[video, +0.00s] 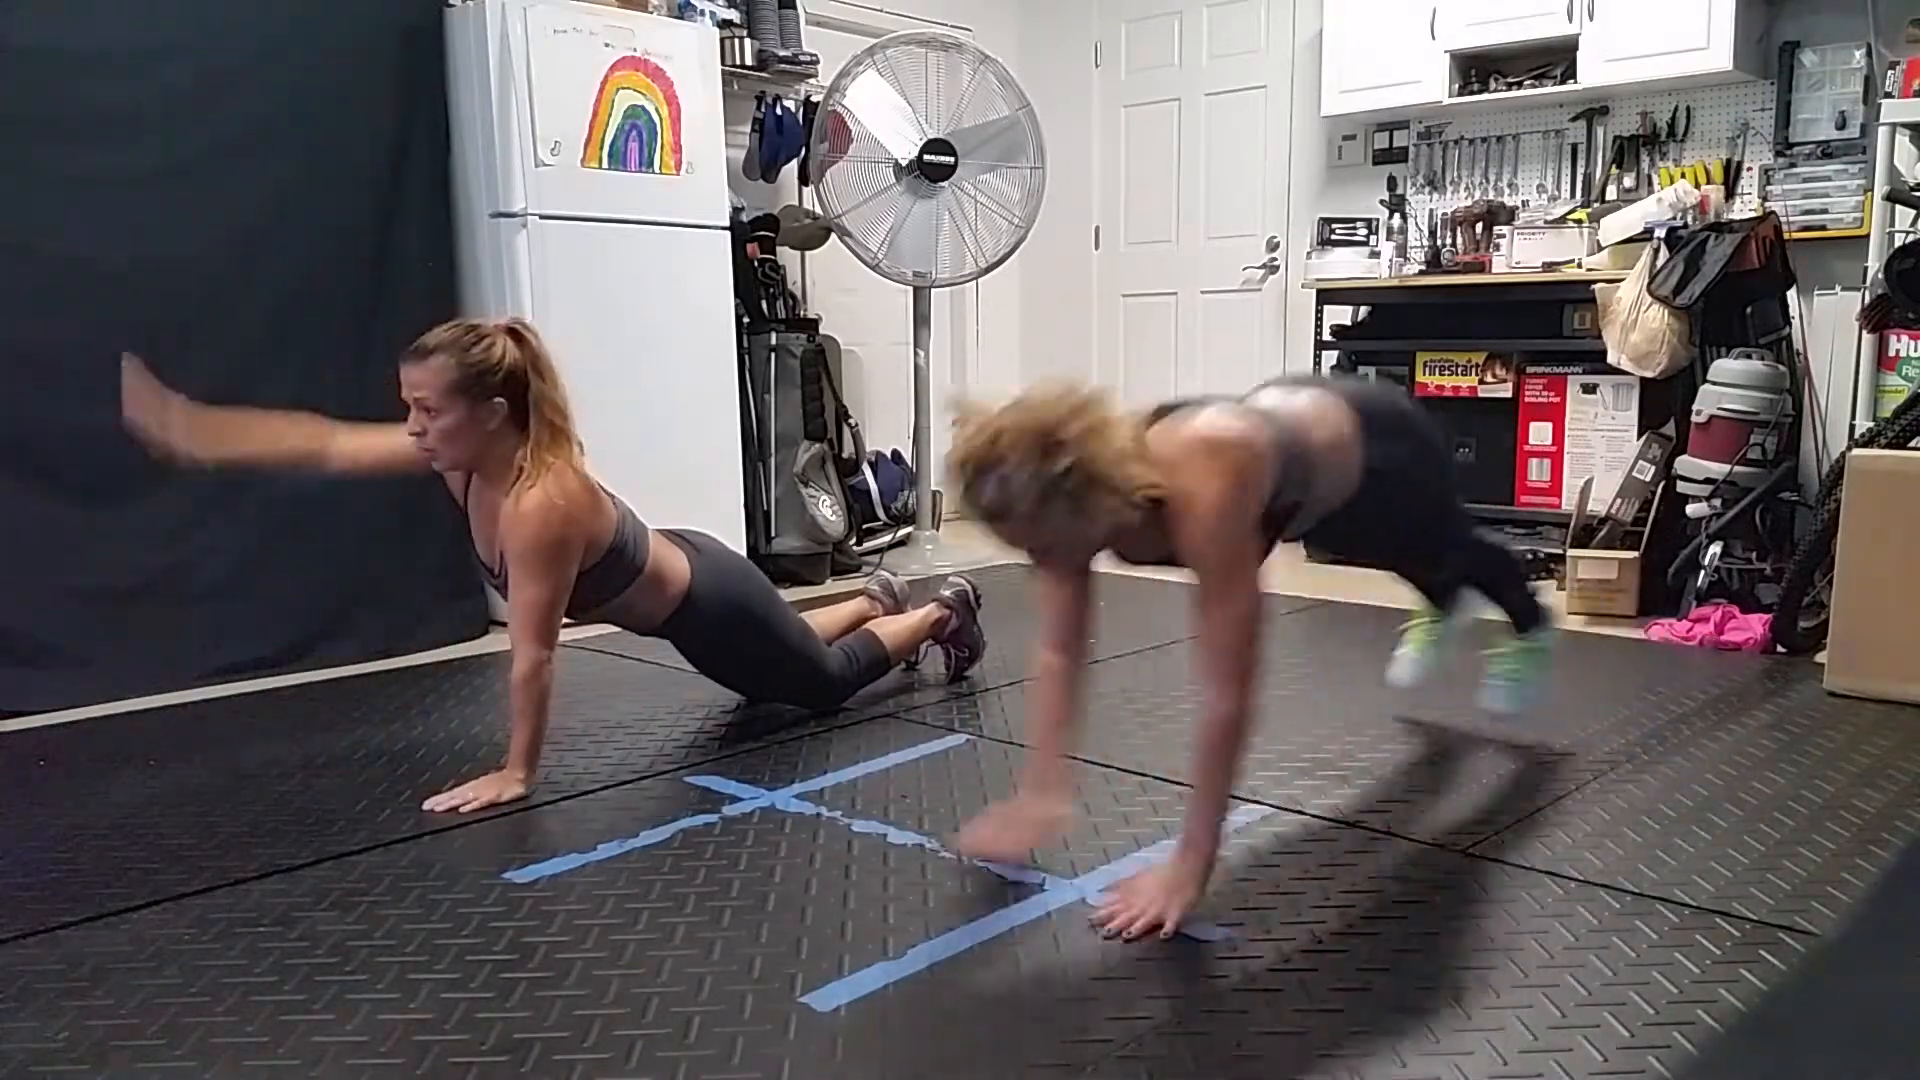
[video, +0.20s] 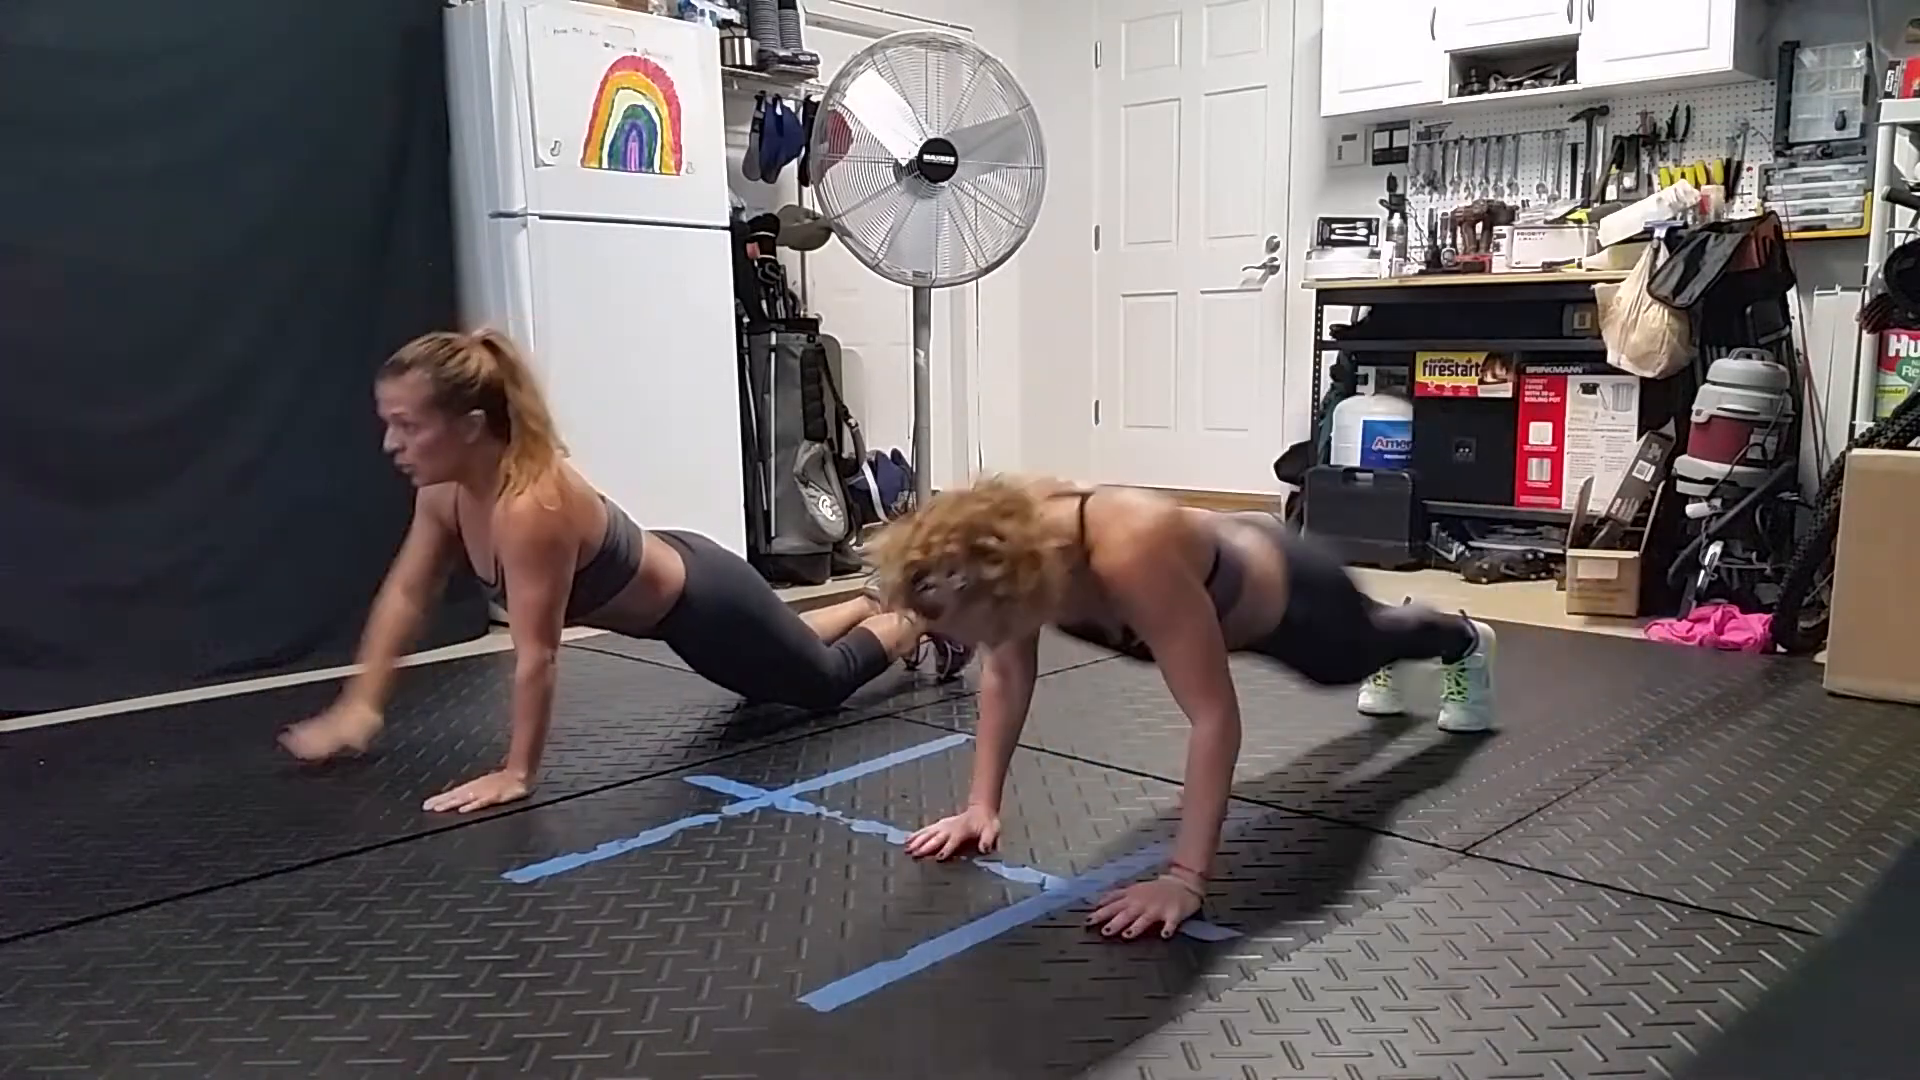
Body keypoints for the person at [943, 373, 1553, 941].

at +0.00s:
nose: (1039, 563)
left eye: (1043, 544)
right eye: (1027, 550)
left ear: (1087, 506)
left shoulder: (1212, 475)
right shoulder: (1067, 505)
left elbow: (1228, 693)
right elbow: (1059, 652)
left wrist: (1189, 866)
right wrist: (1043, 788)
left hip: (1378, 442)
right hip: (1296, 460)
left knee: (1453, 546)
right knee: (1387, 550)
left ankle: (1533, 620)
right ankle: (1445, 602)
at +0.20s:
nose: (973, 653)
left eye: (972, 637)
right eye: (958, 645)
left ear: (1003, 581)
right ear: (986, 575)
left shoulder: (1133, 549)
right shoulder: (1008, 558)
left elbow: (1215, 716)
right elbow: (1005, 672)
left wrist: (1184, 876)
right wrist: (981, 806)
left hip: (1294, 594)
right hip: (1224, 585)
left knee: (1376, 636)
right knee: (1327, 642)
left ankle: (1463, 637)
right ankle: (1388, 661)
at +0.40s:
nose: (934, 723)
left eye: (930, 708)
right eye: (918, 713)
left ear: (970, 672)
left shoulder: (1091, 632)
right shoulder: (981, 601)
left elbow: (1231, 729)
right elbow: (995, 692)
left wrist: (1187, 875)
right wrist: (981, 801)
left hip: (1259, 636)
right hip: (1187, 596)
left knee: (1368, 646)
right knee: (1308, 615)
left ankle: (1455, 631)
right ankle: (1393, 613)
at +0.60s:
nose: (934, 854)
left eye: (941, 839)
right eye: (920, 844)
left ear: (971, 786)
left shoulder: (1076, 733)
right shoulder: (961, 673)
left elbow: (1246, 734)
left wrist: (1187, 881)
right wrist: (981, 793)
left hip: (1249, 675)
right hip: (1167, 644)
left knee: (1355, 661)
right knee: (1288, 626)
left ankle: (1437, 630)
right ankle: (1388, 616)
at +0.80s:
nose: (943, 902)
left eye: (944, 887)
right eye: (927, 894)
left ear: (973, 839)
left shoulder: (1081, 782)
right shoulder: (947, 722)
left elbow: (1243, 731)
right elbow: (987, 659)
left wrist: (1187, 881)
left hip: (1248, 689)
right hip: (1168, 658)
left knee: (1353, 671)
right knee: (1283, 632)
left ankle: (1437, 631)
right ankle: (1387, 617)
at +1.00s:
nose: (930, 812)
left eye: (932, 799)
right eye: (916, 806)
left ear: (958, 764)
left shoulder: (1077, 719)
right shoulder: (956, 659)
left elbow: (1247, 734)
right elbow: (963, 712)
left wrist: (1188, 880)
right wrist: (979, 796)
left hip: (1251, 662)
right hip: (1166, 627)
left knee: (1362, 655)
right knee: (1296, 620)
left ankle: (1446, 632)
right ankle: (1386, 613)